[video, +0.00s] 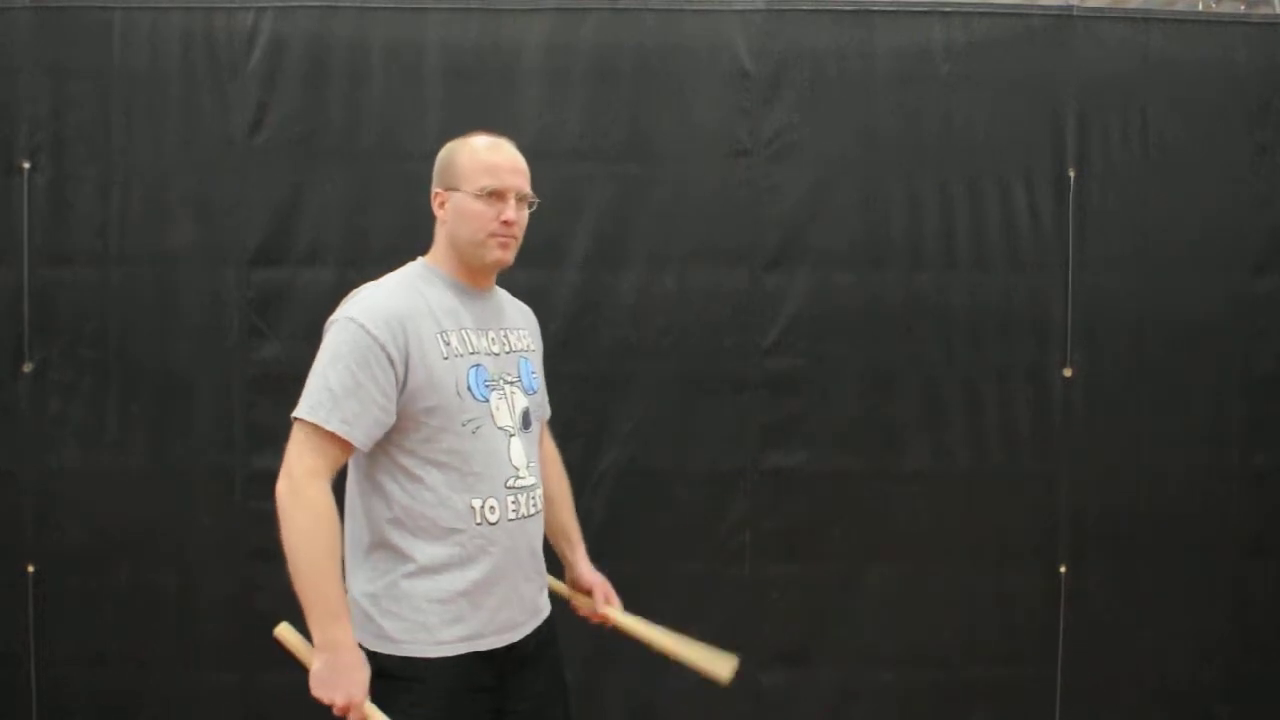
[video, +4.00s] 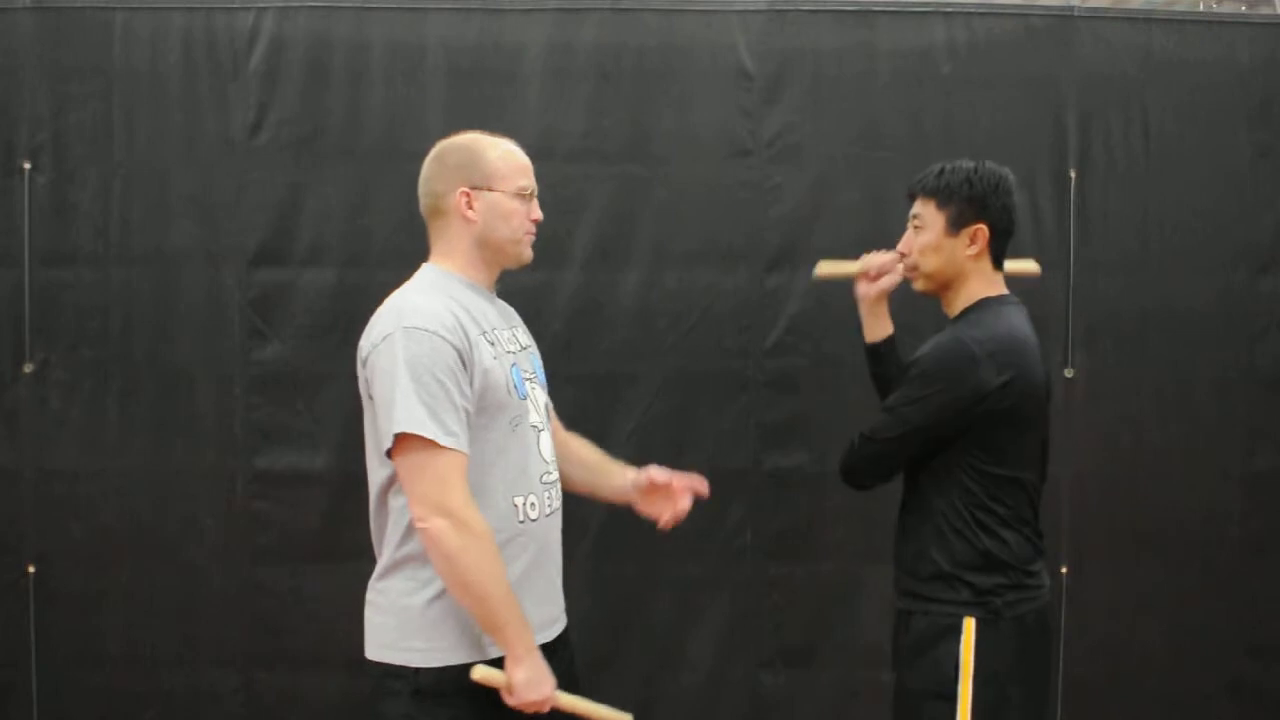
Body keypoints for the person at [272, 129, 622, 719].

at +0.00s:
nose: (510, 216)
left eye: (522, 201)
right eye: (491, 196)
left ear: (530, 212)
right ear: (441, 203)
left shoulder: (519, 321)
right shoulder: (377, 319)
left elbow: (536, 444)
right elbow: (301, 480)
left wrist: (577, 560)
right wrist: (335, 646)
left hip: (525, 638)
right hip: (414, 655)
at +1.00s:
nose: (501, 213)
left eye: (507, 198)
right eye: (481, 195)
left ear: (513, 206)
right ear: (424, 200)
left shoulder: (529, 315)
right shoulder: (359, 322)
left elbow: (635, 374)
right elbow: (305, 489)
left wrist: (761, 395)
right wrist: (327, 650)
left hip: (527, 633)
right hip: (411, 650)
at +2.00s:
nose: (503, 210)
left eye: (508, 195)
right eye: (483, 192)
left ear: (511, 205)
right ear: (423, 200)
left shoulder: (523, 318)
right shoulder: (358, 324)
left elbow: (634, 388)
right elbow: (305, 497)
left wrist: (751, 414)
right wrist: (339, 665)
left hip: (526, 644)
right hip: (413, 662)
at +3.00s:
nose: (546, 217)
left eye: (545, 201)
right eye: (530, 197)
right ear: (473, 202)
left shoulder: (516, 323)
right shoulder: (409, 319)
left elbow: (554, 458)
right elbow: (423, 496)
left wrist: (599, 583)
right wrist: (509, 640)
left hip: (531, 644)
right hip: (429, 657)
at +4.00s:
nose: (538, 214)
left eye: (536, 198)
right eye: (524, 196)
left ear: (473, 205)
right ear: (468, 203)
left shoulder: (502, 320)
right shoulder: (417, 328)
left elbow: (550, 442)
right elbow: (441, 513)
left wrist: (631, 485)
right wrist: (520, 649)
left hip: (537, 645)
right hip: (443, 662)